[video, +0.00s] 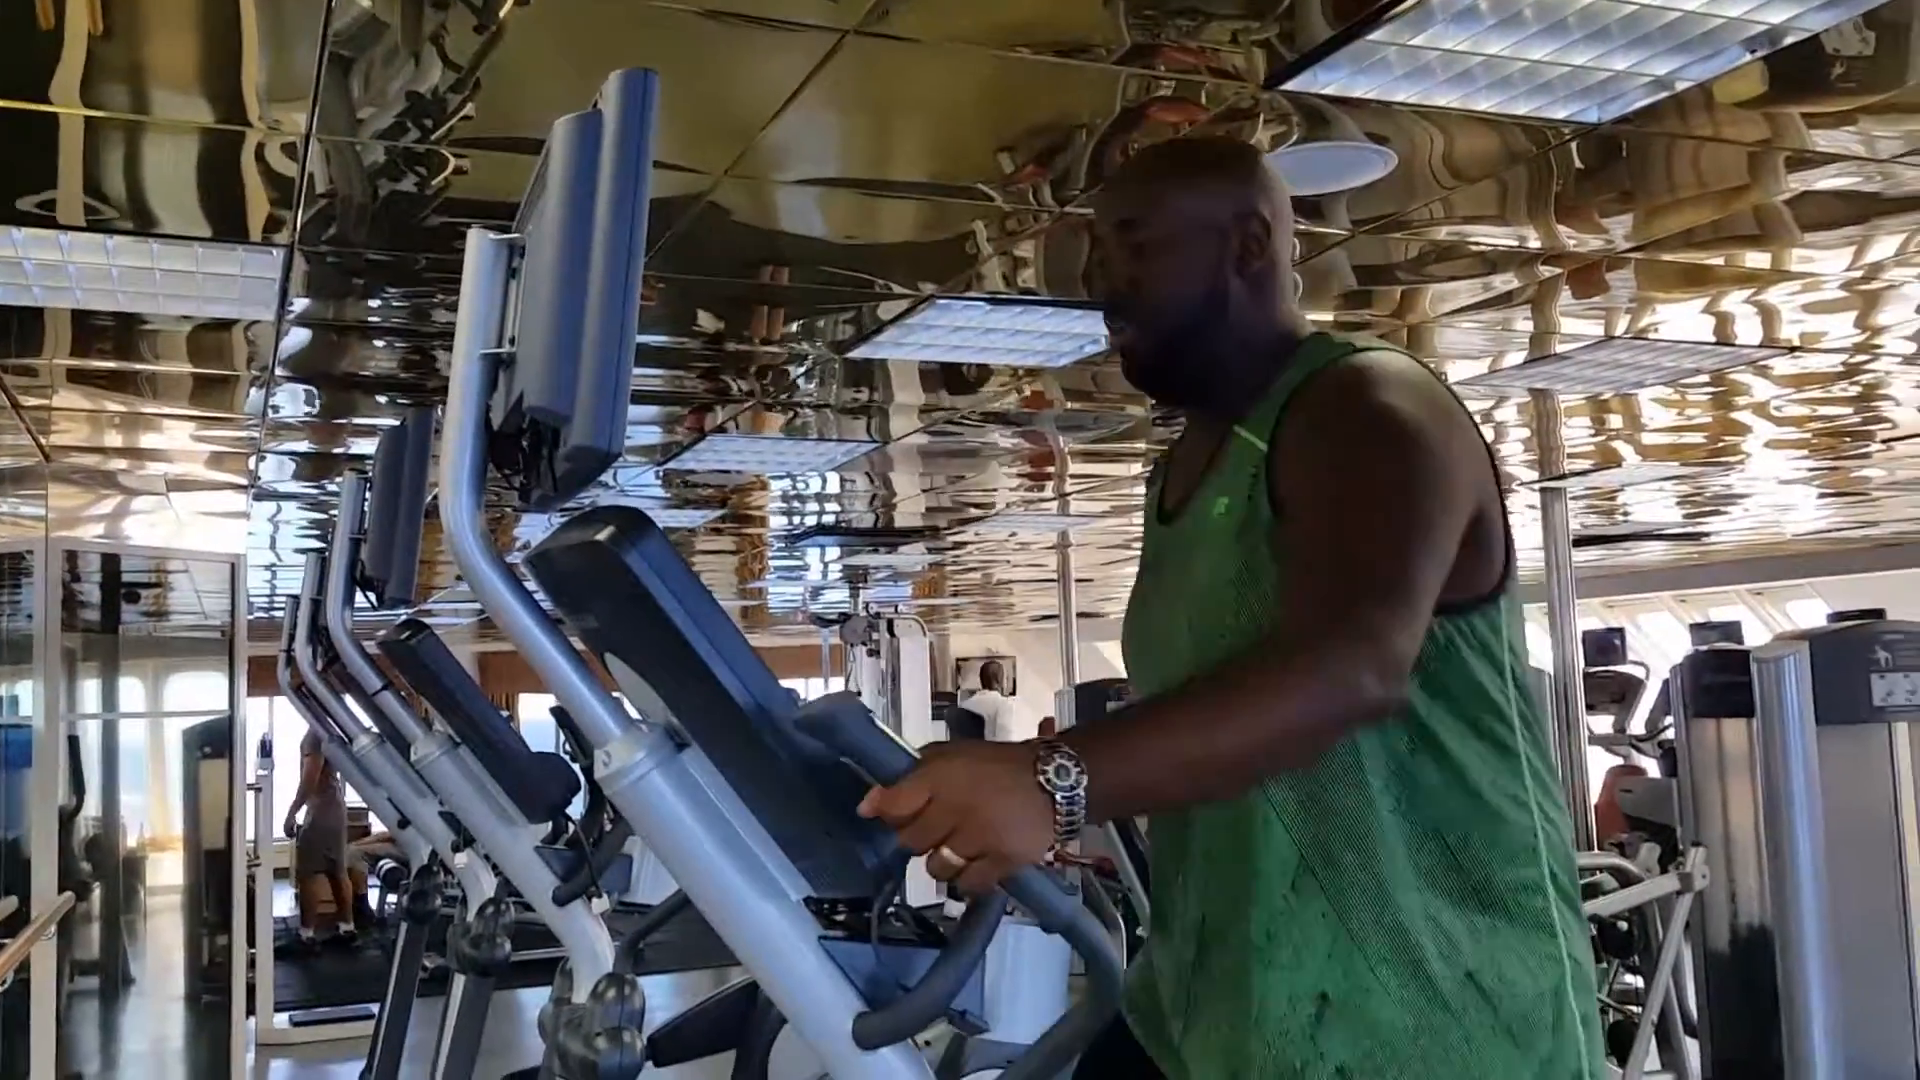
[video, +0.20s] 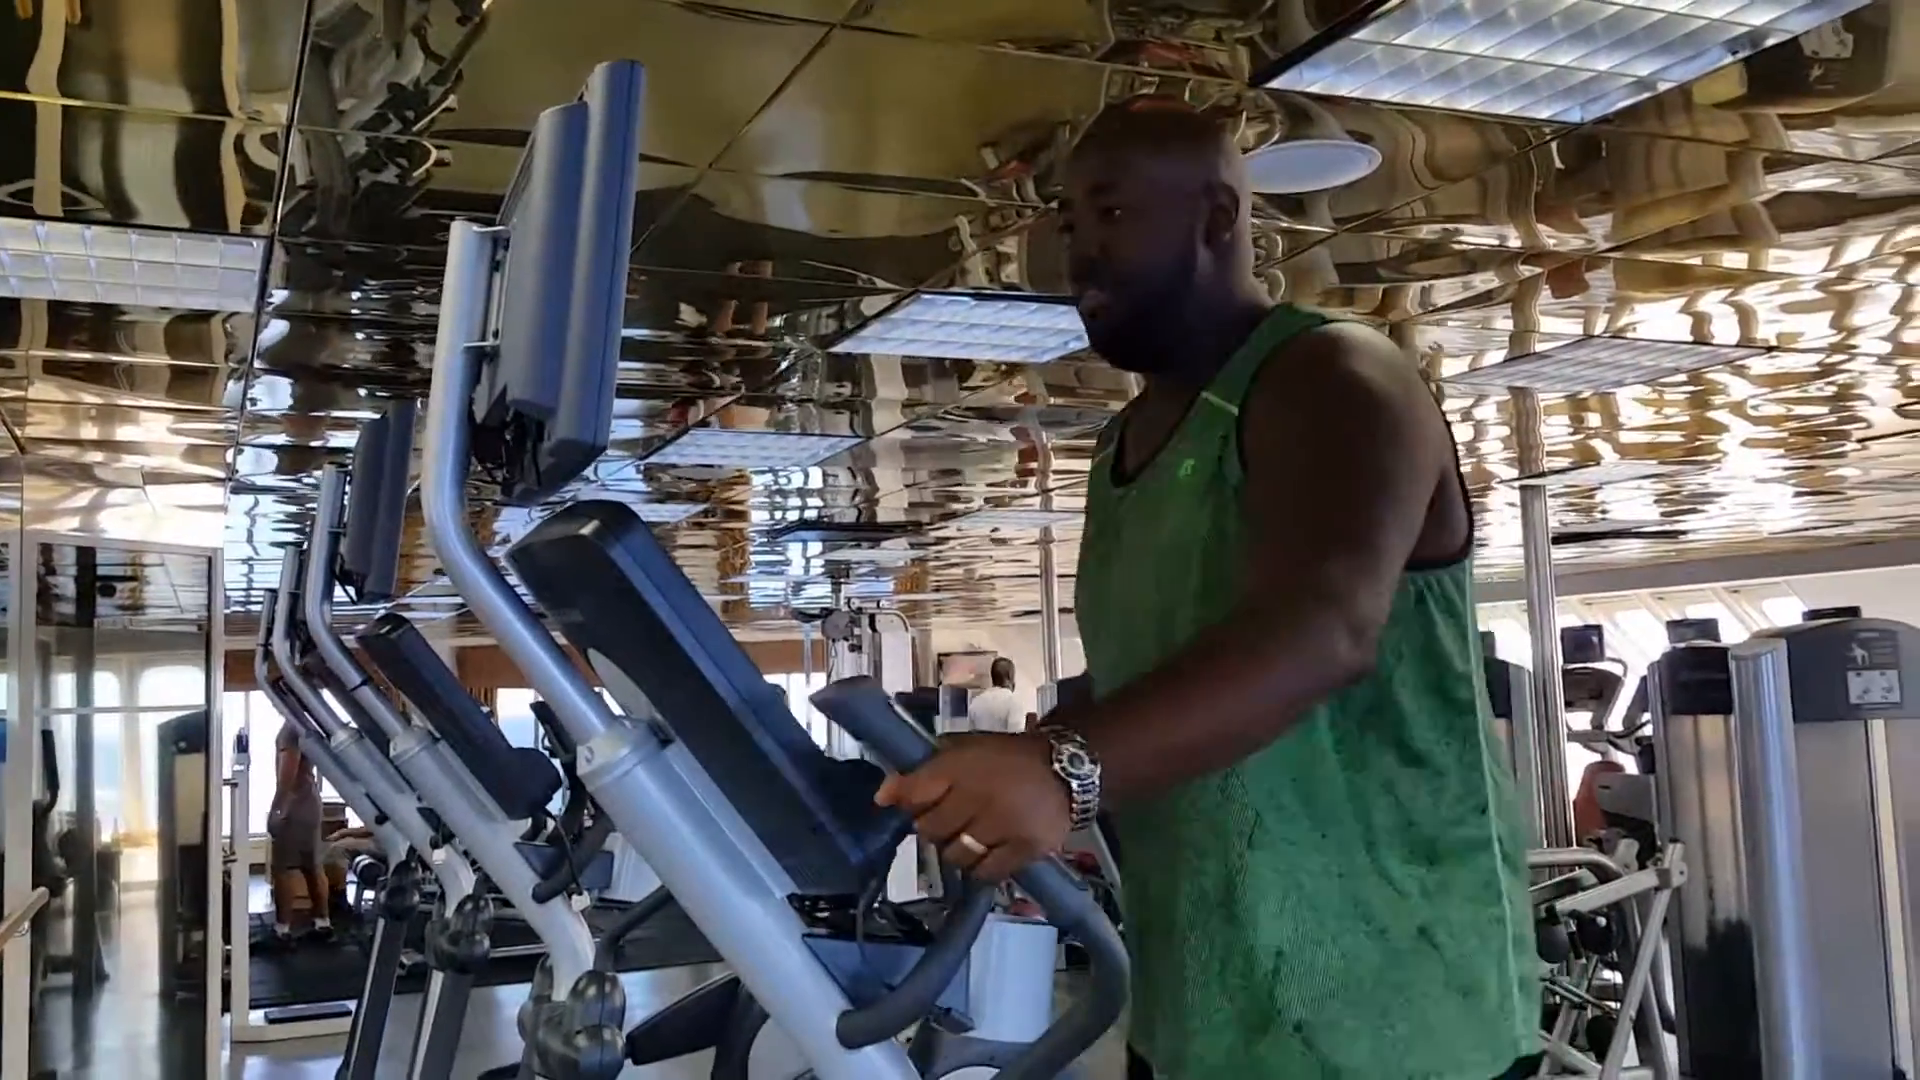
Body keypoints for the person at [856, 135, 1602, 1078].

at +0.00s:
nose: (1103, 286)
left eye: (1136, 246)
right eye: (1102, 255)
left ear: (1248, 245)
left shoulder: (1377, 409)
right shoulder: (1188, 456)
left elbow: (1360, 661)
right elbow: (1225, 702)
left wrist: (1062, 784)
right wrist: (1055, 772)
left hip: (1418, 1024)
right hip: (1231, 1009)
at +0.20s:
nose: (1081, 249)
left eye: (1112, 213)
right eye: (1071, 223)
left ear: (1217, 219)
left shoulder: (1345, 380)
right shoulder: (1131, 437)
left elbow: (1326, 625)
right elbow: (1158, 660)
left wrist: (1071, 769)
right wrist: (1051, 745)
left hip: (1379, 993)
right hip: (1203, 990)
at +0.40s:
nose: (1076, 333)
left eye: (1109, 291)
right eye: (1071, 303)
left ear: (1217, 299)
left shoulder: (1342, 461)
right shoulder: (1098, 526)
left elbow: (1460, 715)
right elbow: (1044, 730)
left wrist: (1217, 793)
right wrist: (858, 761)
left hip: (1346, 1023)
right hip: (1157, 1025)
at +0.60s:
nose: (1074, 279)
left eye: (1111, 248)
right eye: (1074, 252)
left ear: (1223, 265)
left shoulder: (1353, 431)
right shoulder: (1077, 501)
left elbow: (1562, 669)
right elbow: (956, 679)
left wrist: (1376, 838)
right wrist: (757, 752)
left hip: (1345, 998)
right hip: (1154, 997)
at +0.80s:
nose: (1075, 227)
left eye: (1114, 191)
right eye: (1068, 204)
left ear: (1234, 206)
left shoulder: (1359, 382)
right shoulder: (1076, 463)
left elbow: (1560, 631)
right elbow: (940, 648)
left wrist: (1354, 817)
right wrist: (752, 748)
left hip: (1389, 1017)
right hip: (1172, 1011)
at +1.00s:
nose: (1145, 276)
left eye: (1192, 236)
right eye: (1127, 255)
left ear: (1283, 265)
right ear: (1110, 290)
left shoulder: (1388, 460)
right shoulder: (1139, 512)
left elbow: (1517, 738)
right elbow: (1052, 712)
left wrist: (1210, 803)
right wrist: (842, 756)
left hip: (1407, 1046)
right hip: (1168, 1044)